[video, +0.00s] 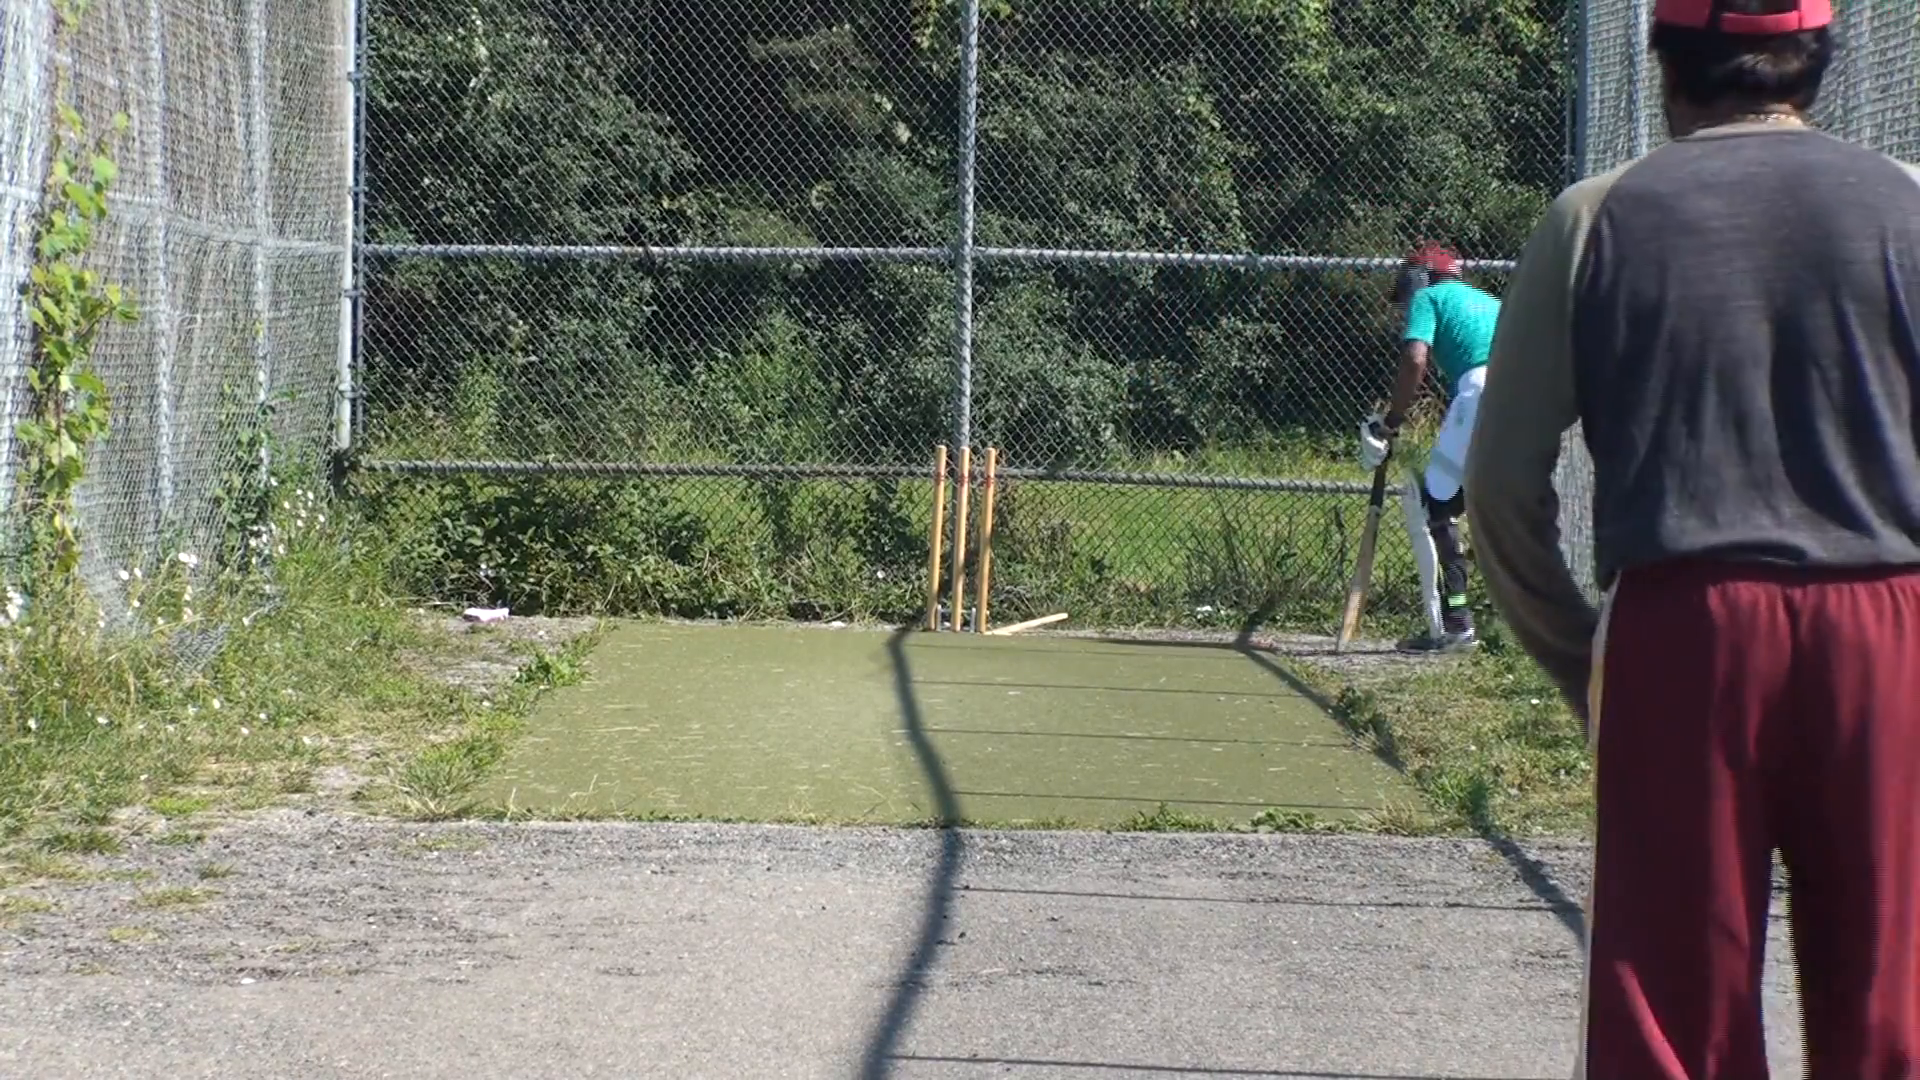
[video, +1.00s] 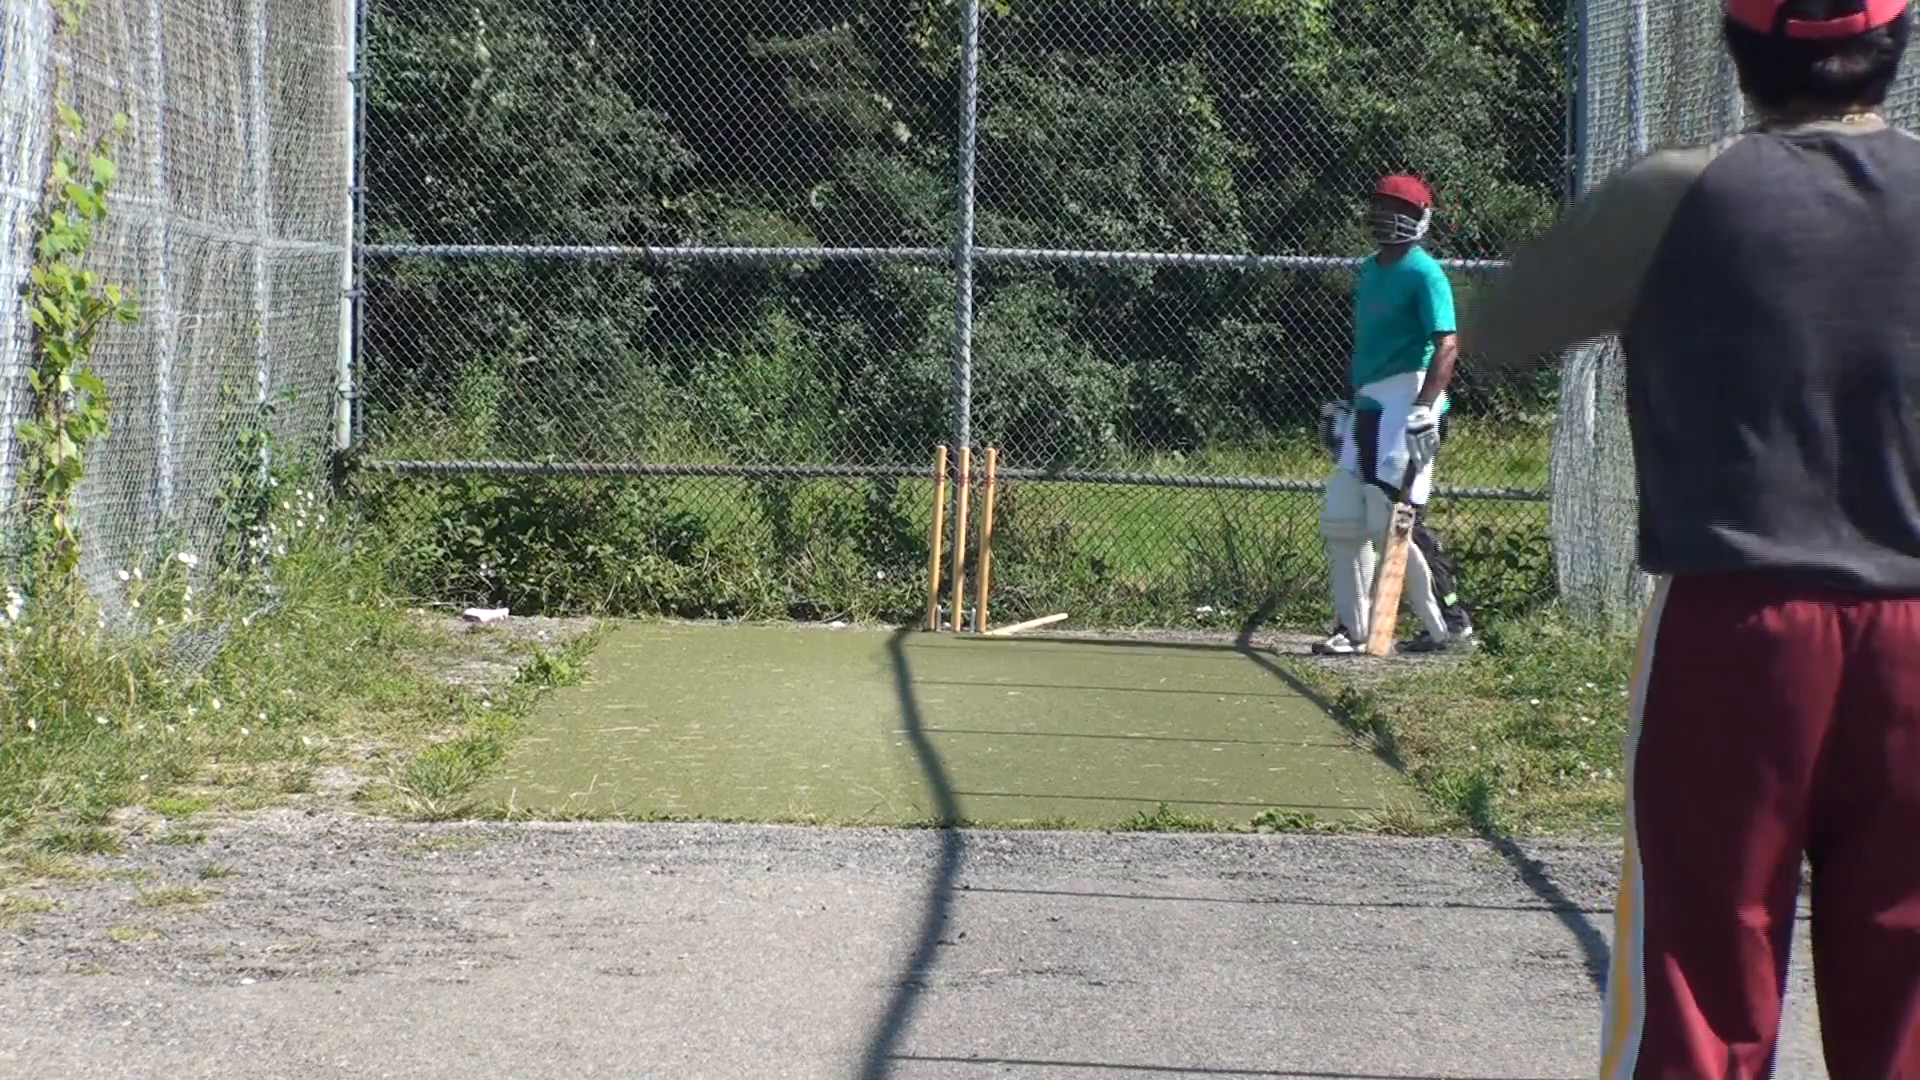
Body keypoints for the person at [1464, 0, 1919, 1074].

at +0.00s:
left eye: (1659, 61)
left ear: (1667, 72)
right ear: (1817, 68)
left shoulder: (1593, 218)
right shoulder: (1899, 199)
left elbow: (1500, 482)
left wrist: (1583, 658)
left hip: (1685, 637)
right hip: (1887, 637)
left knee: (1674, 994)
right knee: (1883, 990)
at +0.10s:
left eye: (1672, 52)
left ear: (1680, 68)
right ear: (1829, 67)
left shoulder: (1603, 212)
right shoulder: (1902, 196)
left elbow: (1508, 478)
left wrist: (1573, 659)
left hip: (1687, 642)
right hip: (1888, 644)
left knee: (1675, 1002)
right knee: (1876, 1000)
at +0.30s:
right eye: (1849, 38)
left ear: (1710, 57)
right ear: (1859, 66)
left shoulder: (1628, 203)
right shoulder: (1907, 196)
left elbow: (1547, 472)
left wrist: (1619, 635)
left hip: (1700, 629)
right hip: (1893, 632)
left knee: (1682, 982)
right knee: (1877, 985)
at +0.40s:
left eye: (1724, 43)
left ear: (1727, 62)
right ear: (1871, 69)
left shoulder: (1641, 203)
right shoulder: (1908, 194)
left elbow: (1570, 459)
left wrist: (1634, 615)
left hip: (1712, 628)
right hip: (1897, 632)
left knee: (1688, 970)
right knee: (1883, 976)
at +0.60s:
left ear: (1742, 59)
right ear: (1885, 72)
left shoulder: (1662, 200)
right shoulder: (1912, 191)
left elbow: (1592, 460)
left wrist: (1660, 625)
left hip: (1733, 622)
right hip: (1904, 625)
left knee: (1706, 964)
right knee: (1896, 968)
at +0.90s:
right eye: (1887, 29)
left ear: (1749, 52)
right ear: (1898, 55)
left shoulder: (1676, 192)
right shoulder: (1918, 183)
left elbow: (1524, 420)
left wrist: (1599, 517)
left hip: (1741, 636)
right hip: (1912, 638)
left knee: (1710, 992)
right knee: (1902, 996)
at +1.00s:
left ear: (1742, 52)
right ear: (1893, 51)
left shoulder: (1680, 196)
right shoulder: (1919, 183)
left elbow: (1495, 330)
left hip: (1736, 647)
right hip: (1913, 651)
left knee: (1706, 992)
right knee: (1902, 996)